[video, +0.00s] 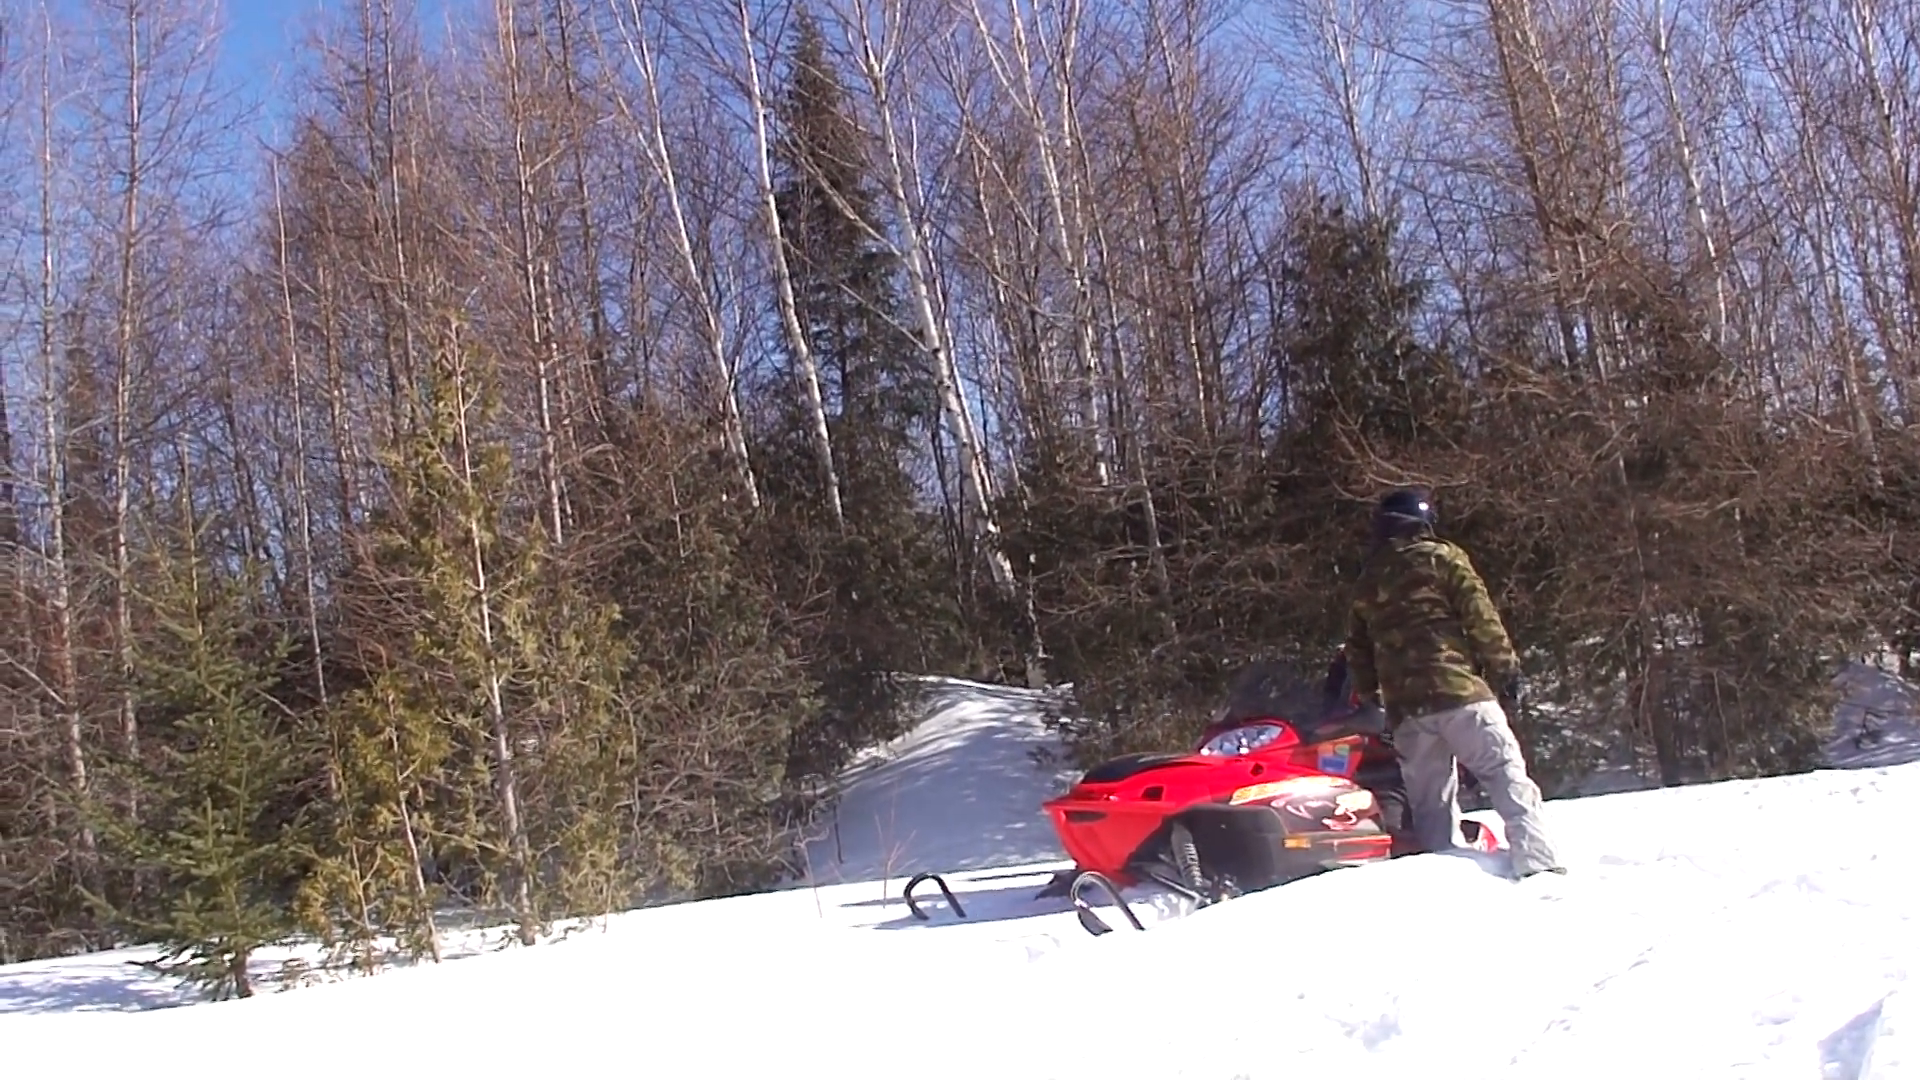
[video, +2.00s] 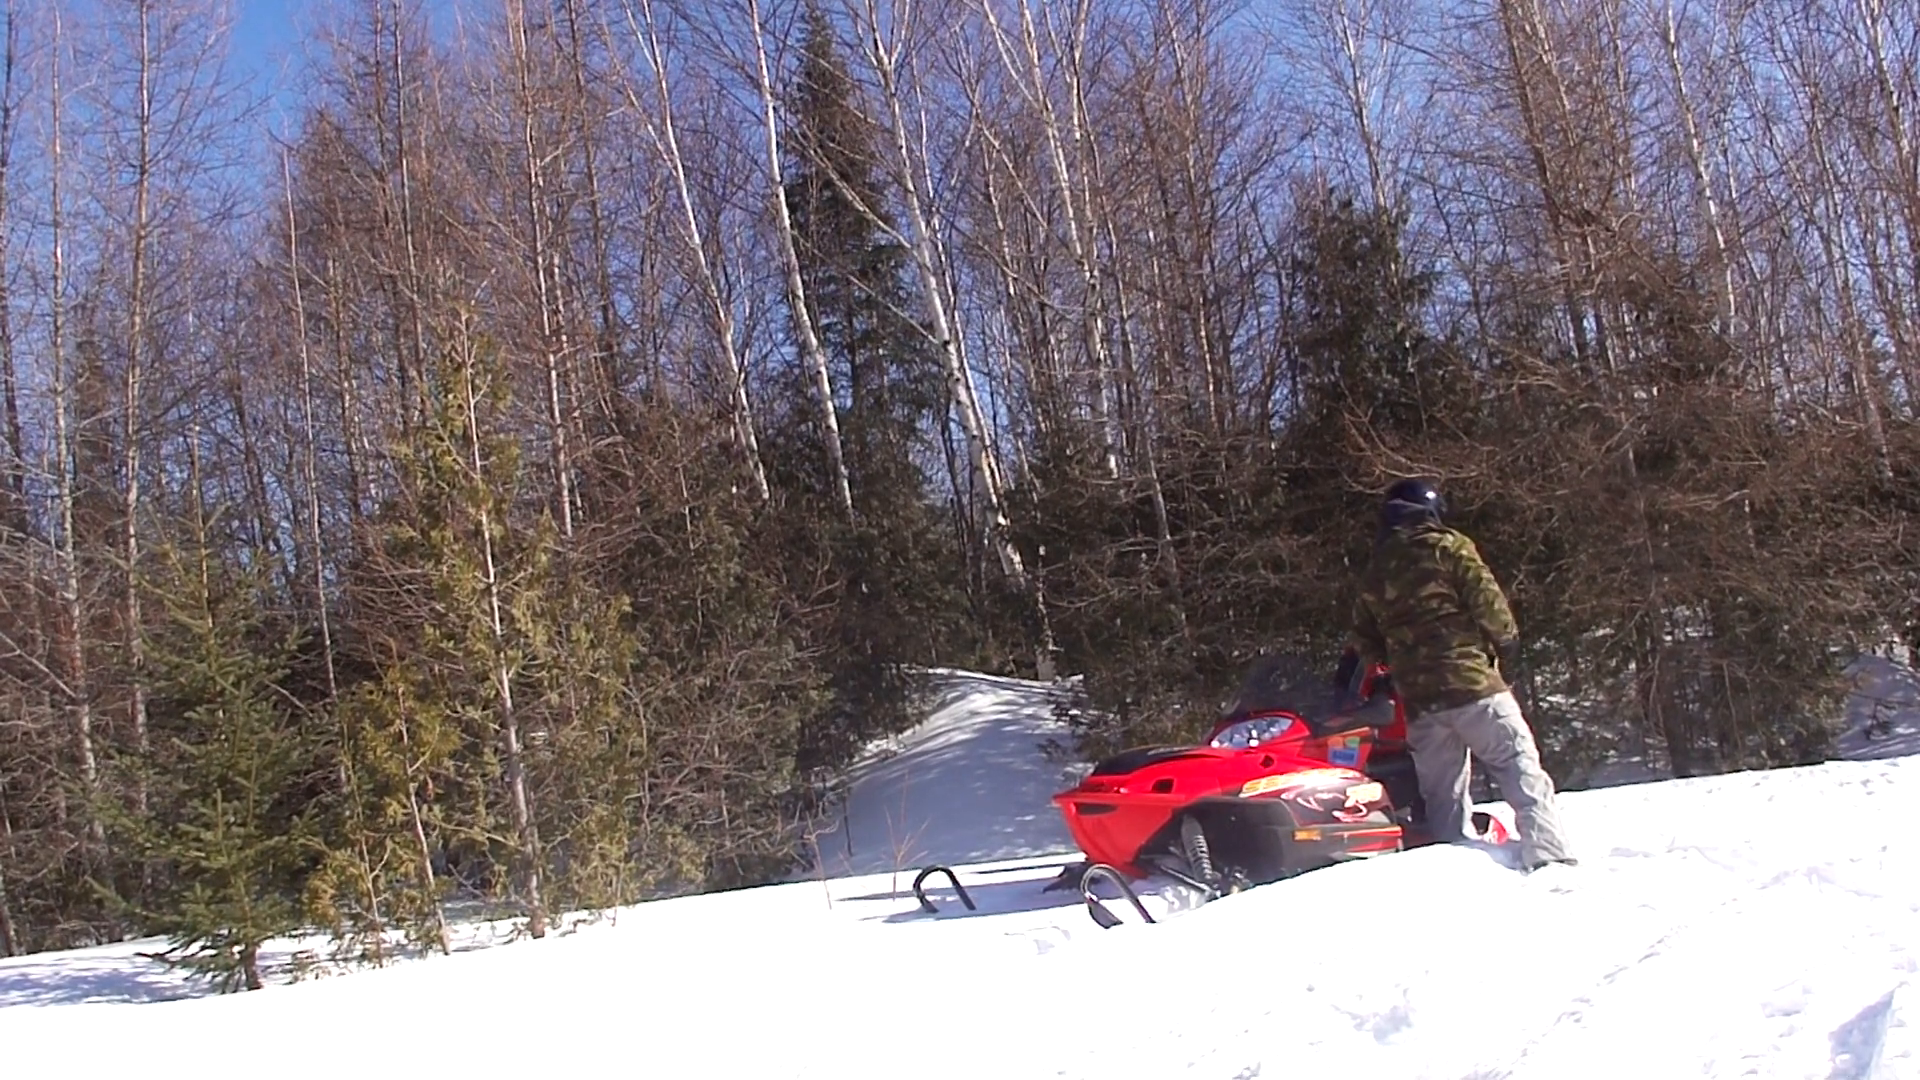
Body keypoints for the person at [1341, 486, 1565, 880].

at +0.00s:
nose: (1433, 524)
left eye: (1429, 519)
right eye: (1430, 518)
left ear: (1383, 525)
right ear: (1423, 520)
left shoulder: (1368, 577)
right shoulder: (1443, 556)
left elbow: (1358, 647)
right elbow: (1479, 616)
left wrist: (1370, 693)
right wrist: (1507, 669)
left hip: (1405, 705)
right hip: (1460, 693)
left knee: (1430, 803)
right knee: (1504, 771)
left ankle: (1439, 882)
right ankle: (1534, 860)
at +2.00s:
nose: (1442, 516)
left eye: (1438, 511)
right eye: (1437, 509)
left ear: (1390, 516)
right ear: (1429, 511)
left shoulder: (1375, 567)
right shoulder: (1449, 544)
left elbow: (1365, 636)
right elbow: (1492, 609)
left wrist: (1398, 660)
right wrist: (1507, 647)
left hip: (1419, 698)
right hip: (1472, 684)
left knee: (1442, 802)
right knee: (1517, 762)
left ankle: (1451, 878)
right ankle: (1546, 854)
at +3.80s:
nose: (1486, 565)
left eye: (1491, 560)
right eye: (1489, 557)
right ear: (1482, 537)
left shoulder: (1403, 553)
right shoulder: (1452, 546)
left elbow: (1389, 621)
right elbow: (1470, 609)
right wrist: (1503, 658)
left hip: (1406, 690)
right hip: (1452, 680)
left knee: (1441, 793)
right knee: (1515, 762)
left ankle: (1452, 871)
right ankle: (1545, 856)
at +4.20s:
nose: (1529, 559)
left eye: (1536, 553)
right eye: (1534, 548)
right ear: (1520, 529)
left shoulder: (1447, 549)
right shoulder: (1480, 541)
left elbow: (1430, 621)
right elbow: (1481, 604)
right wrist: (1506, 663)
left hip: (1433, 687)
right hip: (1471, 679)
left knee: (1458, 789)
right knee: (1541, 748)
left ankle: (1464, 867)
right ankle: (1584, 845)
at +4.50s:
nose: (1593, 553)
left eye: (1598, 545)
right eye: (1595, 541)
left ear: (1564, 524)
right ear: (1577, 526)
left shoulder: (1512, 544)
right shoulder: (1536, 547)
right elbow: (1525, 616)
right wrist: (1549, 678)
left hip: (1476, 683)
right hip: (1510, 680)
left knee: (1484, 783)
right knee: (1585, 745)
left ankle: (1472, 863)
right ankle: (1600, 850)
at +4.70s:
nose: (1635, 543)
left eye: (1640, 535)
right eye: (1635, 532)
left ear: (1608, 520)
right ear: (1615, 522)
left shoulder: (1547, 538)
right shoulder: (1572, 546)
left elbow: (1511, 609)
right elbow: (1560, 616)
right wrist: (1590, 678)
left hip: (1508, 675)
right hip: (1539, 674)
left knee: (1513, 770)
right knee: (1608, 745)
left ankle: (1482, 854)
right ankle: (1599, 854)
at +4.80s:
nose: (1647, 529)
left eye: (1651, 520)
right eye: (1645, 517)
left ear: (1615, 509)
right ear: (1623, 510)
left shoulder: (1582, 534)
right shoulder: (1580, 537)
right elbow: (1567, 609)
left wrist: (1601, 661)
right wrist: (1602, 669)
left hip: (1519, 665)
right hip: (1544, 665)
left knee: (1546, 751)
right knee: (1608, 744)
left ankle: (1483, 836)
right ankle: (1599, 853)